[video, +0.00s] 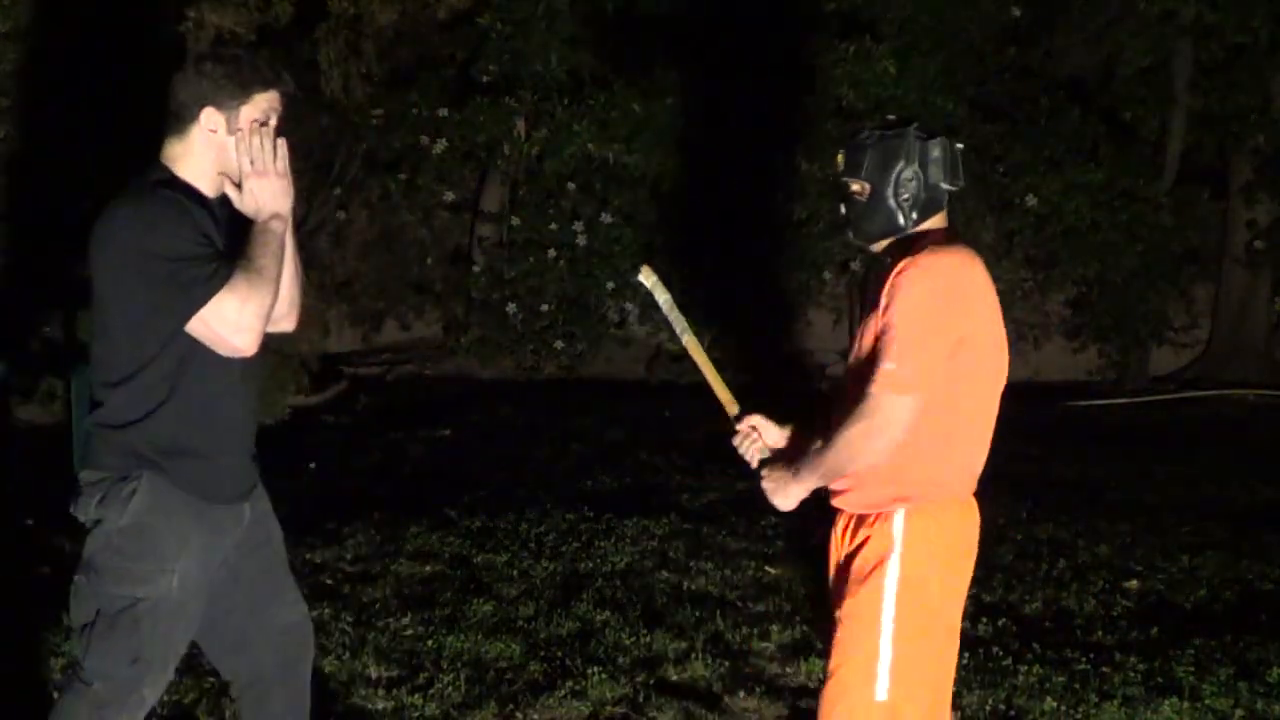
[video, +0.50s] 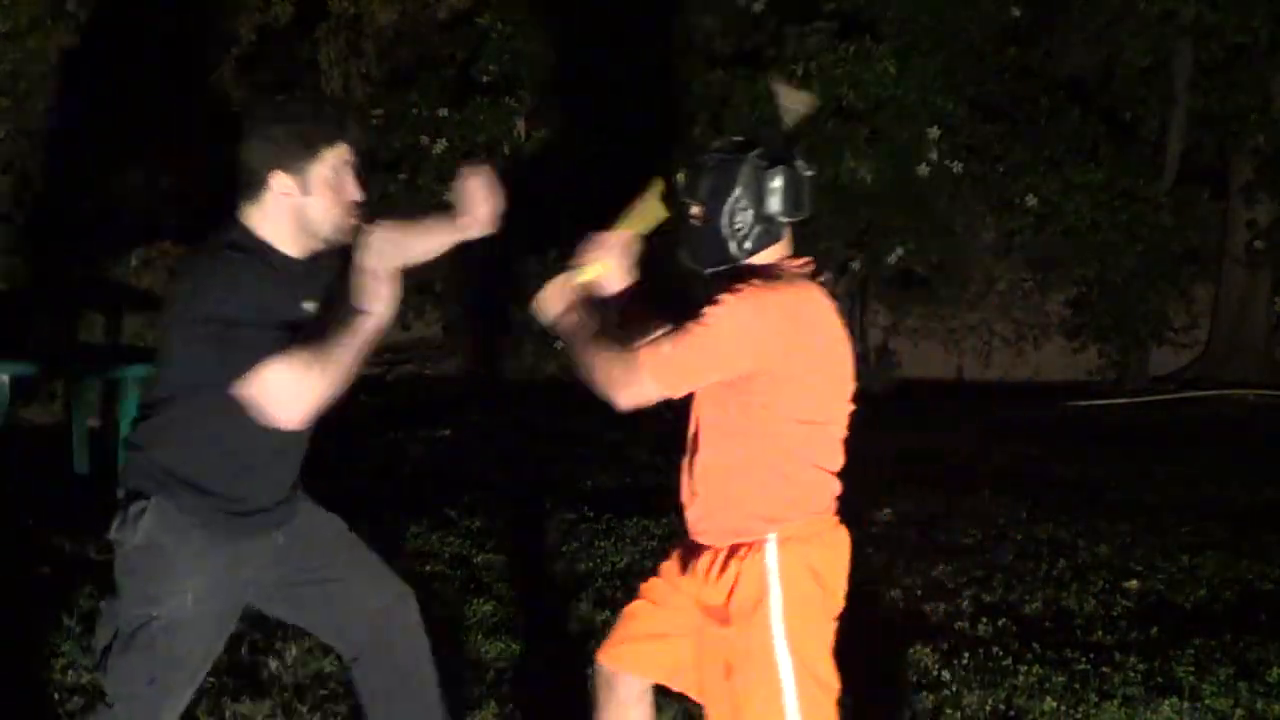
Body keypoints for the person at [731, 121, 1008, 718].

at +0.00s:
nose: (848, 206)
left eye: (859, 190)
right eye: (848, 190)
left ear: (901, 190)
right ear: (905, 192)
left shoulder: (929, 275)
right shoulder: (920, 273)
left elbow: (888, 412)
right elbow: (877, 414)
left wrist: (802, 476)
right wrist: (792, 441)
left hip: (909, 534)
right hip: (893, 529)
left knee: (864, 705)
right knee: (902, 703)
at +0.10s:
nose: (849, 205)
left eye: (858, 190)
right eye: (850, 189)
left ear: (893, 194)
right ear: (923, 195)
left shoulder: (914, 279)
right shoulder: (942, 275)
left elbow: (831, 403)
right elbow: (869, 405)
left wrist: (754, 458)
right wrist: (766, 424)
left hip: (893, 539)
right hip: (908, 533)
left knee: (877, 706)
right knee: (899, 703)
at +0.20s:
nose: (828, 215)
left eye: (839, 201)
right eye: (830, 200)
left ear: (876, 207)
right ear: (908, 210)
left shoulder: (886, 291)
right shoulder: (937, 290)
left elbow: (754, 374)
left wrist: (708, 379)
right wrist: (773, 348)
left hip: (881, 550)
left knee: (862, 708)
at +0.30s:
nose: (791, 221)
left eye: (801, 209)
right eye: (791, 208)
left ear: (840, 216)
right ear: (867, 217)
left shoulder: (836, 298)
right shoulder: (921, 300)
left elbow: (712, 344)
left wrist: (745, 313)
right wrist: (781, 310)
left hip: (851, 554)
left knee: (845, 708)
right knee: (726, 652)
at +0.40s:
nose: (742, 221)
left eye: (750, 210)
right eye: (744, 208)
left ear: (780, 217)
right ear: (828, 213)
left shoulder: (785, 297)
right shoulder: (867, 289)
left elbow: (676, 350)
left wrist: (676, 276)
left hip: (816, 553)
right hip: (763, 550)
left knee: (825, 709)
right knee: (672, 657)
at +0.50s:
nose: (692, 224)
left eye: (703, 210)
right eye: (694, 209)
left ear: (738, 218)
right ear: (772, 218)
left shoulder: (774, 312)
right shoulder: (752, 305)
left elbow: (627, 384)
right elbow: (666, 356)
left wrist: (570, 316)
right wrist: (622, 294)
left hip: (777, 557)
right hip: (710, 555)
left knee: (782, 711)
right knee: (622, 671)